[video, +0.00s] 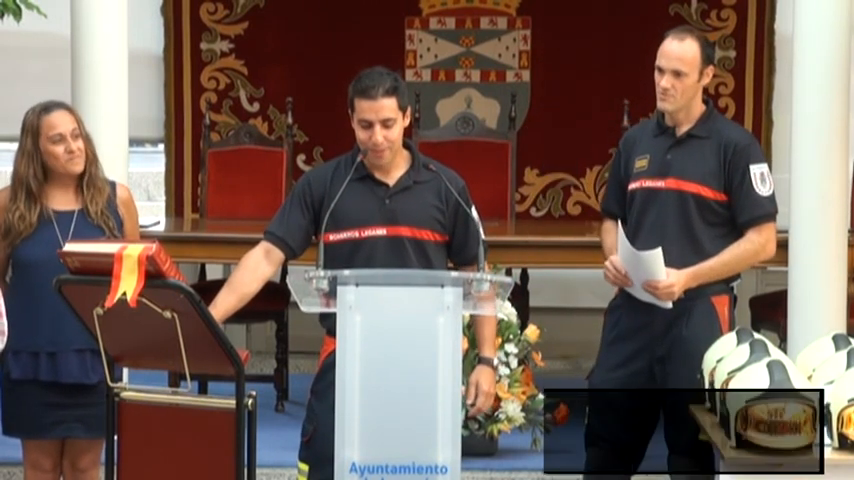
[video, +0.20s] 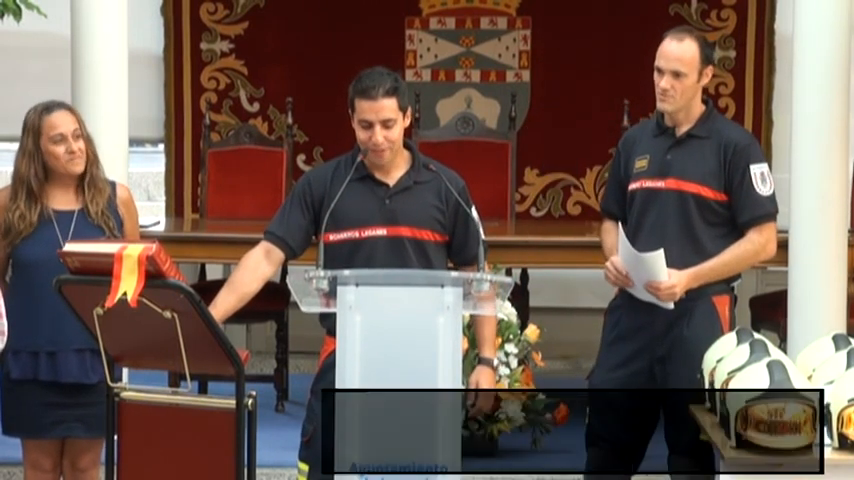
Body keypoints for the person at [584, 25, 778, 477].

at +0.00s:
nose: (663, 83)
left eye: (677, 73)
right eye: (659, 70)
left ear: (706, 77)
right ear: (653, 71)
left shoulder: (736, 145)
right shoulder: (634, 140)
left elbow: (763, 243)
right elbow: (612, 216)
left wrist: (687, 278)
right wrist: (613, 256)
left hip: (696, 333)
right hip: (629, 327)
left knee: (692, 466)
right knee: (605, 464)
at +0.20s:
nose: (663, 83)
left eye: (676, 74)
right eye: (658, 71)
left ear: (705, 77)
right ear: (652, 71)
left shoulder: (736, 145)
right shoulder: (633, 140)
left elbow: (763, 243)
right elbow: (612, 217)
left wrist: (689, 279)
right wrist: (614, 256)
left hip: (696, 334)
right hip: (629, 329)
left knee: (692, 467)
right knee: (605, 464)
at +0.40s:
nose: (663, 84)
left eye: (677, 74)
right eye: (659, 72)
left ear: (705, 77)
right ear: (652, 72)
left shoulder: (736, 145)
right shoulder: (633, 140)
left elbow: (764, 242)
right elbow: (611, 217)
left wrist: (690, 280)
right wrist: (615, 257)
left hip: (697, 333)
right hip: (630, 328)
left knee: (693, 467)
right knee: (607, 464)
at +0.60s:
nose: (679, 91)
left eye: (690, 80)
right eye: (670, 79)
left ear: (706, 79)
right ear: (656, 76)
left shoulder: (737, 145)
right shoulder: (632, 141)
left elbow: (764, 242)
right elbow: (611, 218)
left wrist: (691, 280)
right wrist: (615, 259)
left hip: (699, 335)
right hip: (630, 330)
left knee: (693, 467)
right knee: (607, 465)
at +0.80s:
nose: (684, 93)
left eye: (694, 83)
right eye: (675, 81)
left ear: (707, 80)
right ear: (657, 77)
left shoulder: (737, 145)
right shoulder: (630, 142)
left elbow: (765, 241)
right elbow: (609, 219)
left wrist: (692, 280)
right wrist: (615, 260)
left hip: (698, 328)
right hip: (631, 322)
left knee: (693, 462)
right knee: (607, 458)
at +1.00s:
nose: (684, 94)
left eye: (694, 83)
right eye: (674, 81)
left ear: (708, 81)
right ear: (657, 76)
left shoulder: (738, 145)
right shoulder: (629, 141)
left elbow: (766, 241)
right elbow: (607, 218)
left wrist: (694, 280)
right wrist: (616, 261)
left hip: (700, 323)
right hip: (632, 316)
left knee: (693, 456)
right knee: (608, 451)